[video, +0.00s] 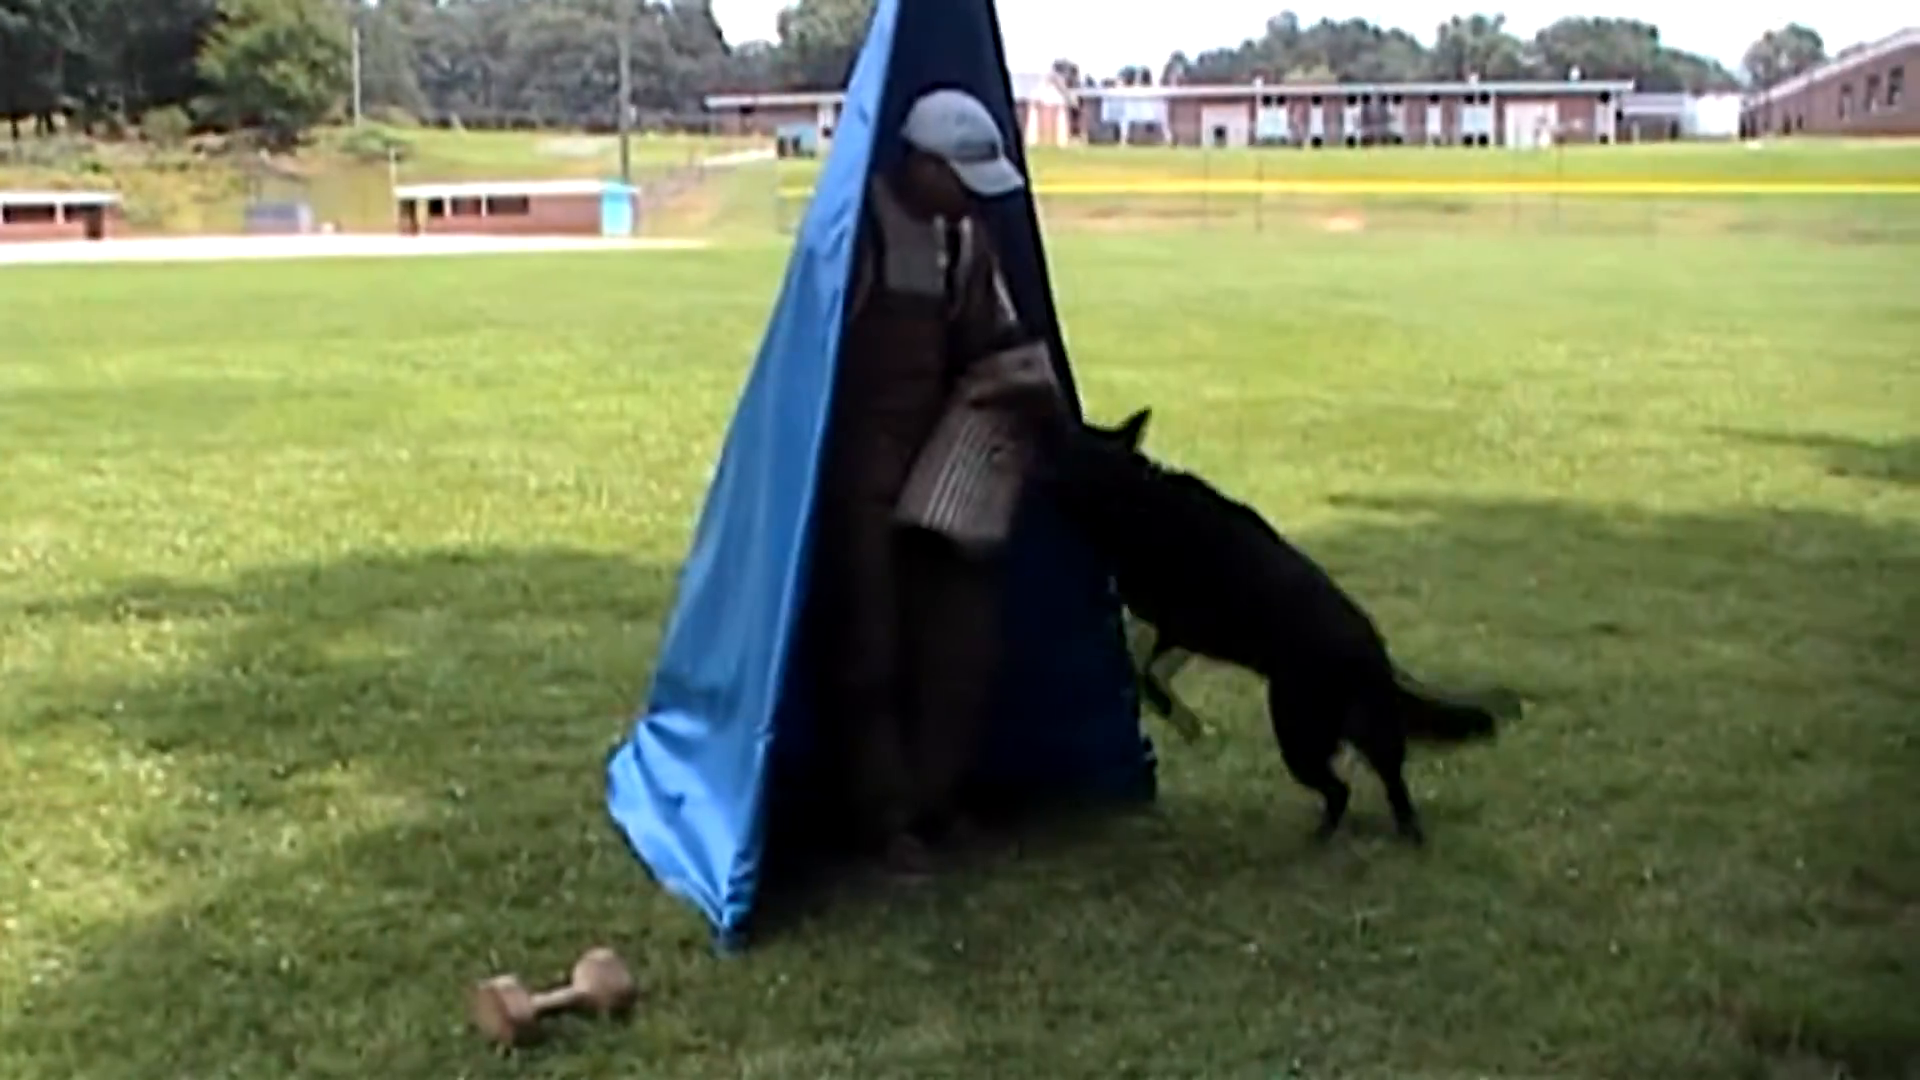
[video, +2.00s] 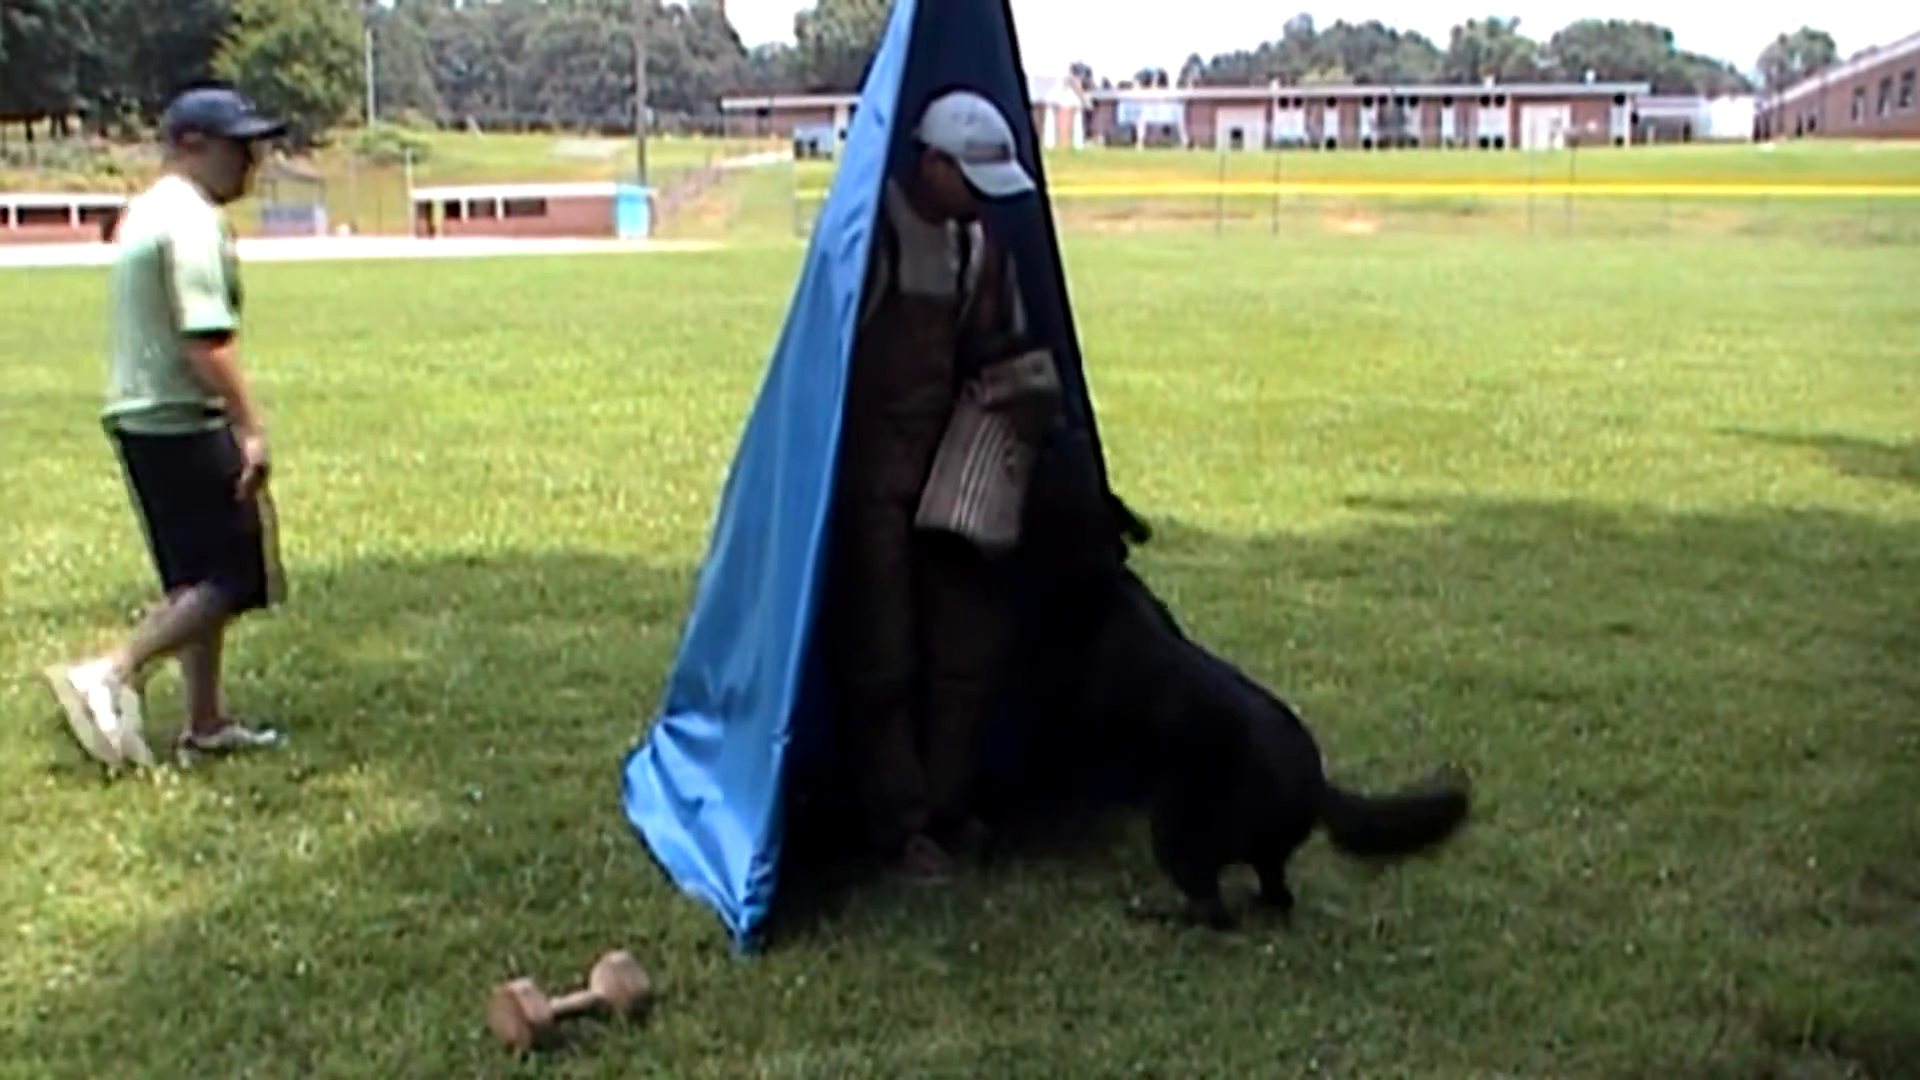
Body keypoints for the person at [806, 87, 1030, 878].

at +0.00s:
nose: (969, 197)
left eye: (976, 182)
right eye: (960, 179)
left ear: (967, 173)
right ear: (916, 163)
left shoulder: (969, 242)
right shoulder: (850, 239)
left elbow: (1005, 351)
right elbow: (808, 368)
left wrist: (1015, 378)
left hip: (948, 478)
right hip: (858, 483)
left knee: (951, 638)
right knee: (873, 647)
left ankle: (938, 804)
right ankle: (882, 821)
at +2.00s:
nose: (980, 196)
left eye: (987, 183)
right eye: (971, 179)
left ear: (983, 172)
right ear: (928, 162)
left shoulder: (984, 249)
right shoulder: (863, 244)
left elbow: (1005, 362)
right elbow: (824, 369)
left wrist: (1028, 385)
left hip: (959, 486)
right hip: (872, 486)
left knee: (962, 648)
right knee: (885, 658)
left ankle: (948, 811)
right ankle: (899, 828)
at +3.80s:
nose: (977, 201)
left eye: (984, 187)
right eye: (967, 184)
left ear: (976, 173)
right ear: (924, 165)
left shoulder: (978, 247)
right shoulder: (860, 242)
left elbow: (994, 360)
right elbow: (821, 366)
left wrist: (1029, 382)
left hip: (957, 488)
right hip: (871, 488)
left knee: (968, 647)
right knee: (884, 660)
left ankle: (947, 813)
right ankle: (896, 831)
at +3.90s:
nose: (976, 200)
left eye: (983, 186)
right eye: (966, 183)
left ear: (977, 174)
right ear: (923, 164)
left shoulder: (979, 248)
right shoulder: (859, 242)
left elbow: (1003, 359)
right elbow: (821, 366)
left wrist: (1024, 381)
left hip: (957, 485)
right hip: (870, 486)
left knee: (967, 647)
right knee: (883, 659)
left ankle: (947, 811)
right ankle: (894, 830)